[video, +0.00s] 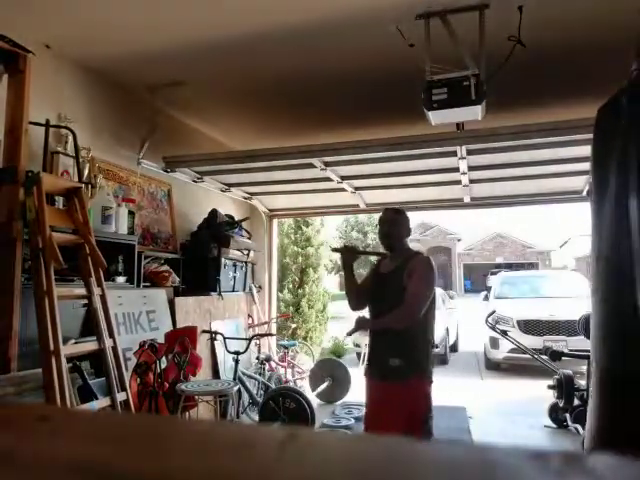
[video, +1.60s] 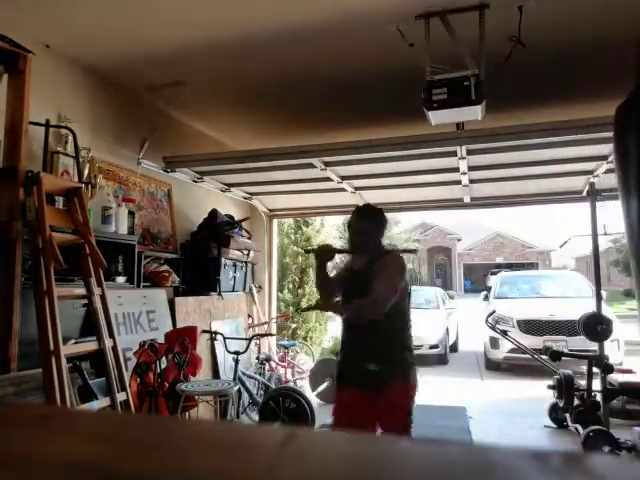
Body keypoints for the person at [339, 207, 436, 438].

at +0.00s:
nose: (385, 230)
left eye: (392, 224)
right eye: (381, 225)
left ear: (407, 229)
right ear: (378, 229)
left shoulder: (420, 264)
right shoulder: (382, 265)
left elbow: (411, 314)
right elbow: (356, 301)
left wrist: (370, 324)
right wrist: (347, 266)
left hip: (410, 370)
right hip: (379, 368)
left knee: (409, 443)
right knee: (377, 441)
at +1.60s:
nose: (354, 237)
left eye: (361, 231)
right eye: (352, 230)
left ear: (377, 232)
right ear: (349, 231)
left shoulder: (392, 262)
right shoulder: (354, 265)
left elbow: (377, 307)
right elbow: (328, 293)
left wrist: (334, 307)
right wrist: (321, 264)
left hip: (392, 369)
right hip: (355, 367)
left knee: (396, 446)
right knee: (348, 446)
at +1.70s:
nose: (354, 236)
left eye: (362, 230)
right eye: (351, 228)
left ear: (378, 232)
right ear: (348, 227)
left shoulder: (392, 260)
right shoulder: (345, 257)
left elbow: (380, 307)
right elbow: (311, 283)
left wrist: (331, 302)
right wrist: (315, 251)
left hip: (382, 349)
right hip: (347, 348)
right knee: (343, 419)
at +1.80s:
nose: (354, 237)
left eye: (362, 232)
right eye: (352, 229)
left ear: (377, 234)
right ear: (347, 229)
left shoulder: (392, 264)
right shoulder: (343, 257)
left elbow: (379, 311)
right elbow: (309, 284)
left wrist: (328, 304)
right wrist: (315, 250)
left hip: (382, 343)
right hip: (344, 341)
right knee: (339, 403)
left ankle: (348, 427)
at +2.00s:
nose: (345, 236)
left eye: (353, 230)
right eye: (345, 229)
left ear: (370, 234)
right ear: (343, 231)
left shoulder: (385, 265)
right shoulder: (347, 266)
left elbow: (372, 315)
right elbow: (313, 293)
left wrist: (325, 314)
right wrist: (313, 258)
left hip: (378, 351)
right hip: (344, 349)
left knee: (337, 347)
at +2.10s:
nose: (345, 236)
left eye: (351, 230)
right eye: (344, 230)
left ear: (368, 233)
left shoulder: (383, 264)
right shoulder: (350, 271)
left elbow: (366, 308)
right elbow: (313, 295)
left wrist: (326, 316)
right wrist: (317, 255)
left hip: (373, 354)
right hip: (344, 355)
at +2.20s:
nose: (346, 237)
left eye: (351, 230)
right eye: (345, 230)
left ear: (369, 232)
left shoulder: (384, 263)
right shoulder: (354, 270)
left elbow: (356, 304)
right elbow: (313, 294)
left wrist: (327, 315)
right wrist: (314, 251)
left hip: (370, 364)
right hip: (344, 362)